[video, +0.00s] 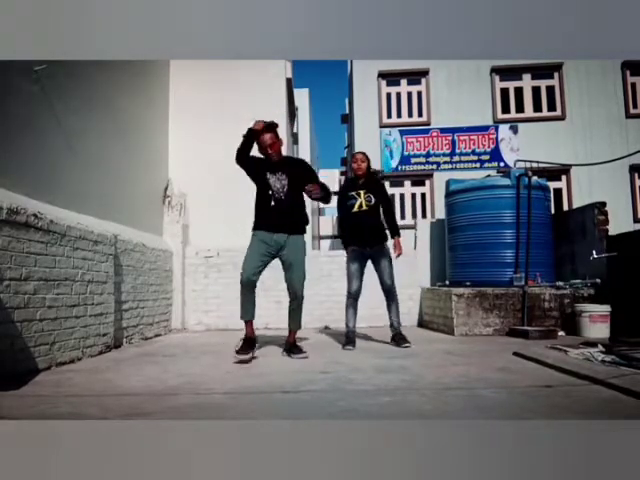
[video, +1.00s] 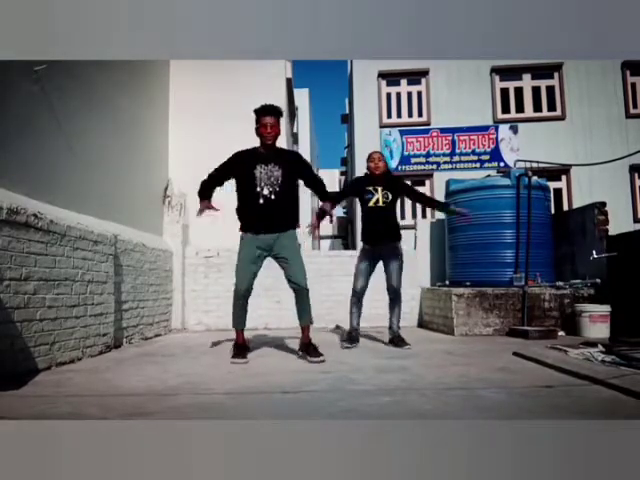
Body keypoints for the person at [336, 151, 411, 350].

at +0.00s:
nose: (358, 165)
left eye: (362, 161)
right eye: (355, 162)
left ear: (368, 164)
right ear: (350, 165)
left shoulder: (376, 184)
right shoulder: (345, 188)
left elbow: (388, 211)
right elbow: (342, 217)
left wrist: (396, 237)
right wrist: (346, 244)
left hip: (378, 244)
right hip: (355, 245)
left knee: (389, 288)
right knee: (353, 292)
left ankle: (397, 332)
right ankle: (350, 335)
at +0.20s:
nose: (362, 167)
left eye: (366, 163)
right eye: (359, 164)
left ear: (372, 166)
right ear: (355, 167)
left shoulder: (380, 188)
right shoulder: (349, 188)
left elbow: (387, 218)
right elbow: (339, 217)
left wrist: (392, 243)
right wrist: (336, 245)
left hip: (377, 246)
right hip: (353, 246)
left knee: (387, 289)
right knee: (352, 291)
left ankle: (394, 333)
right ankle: (349, 335)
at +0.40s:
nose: (375, 167)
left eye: (378, 164)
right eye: (371, 164)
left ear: (383, 167)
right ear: (365, 169)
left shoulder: (390, 192)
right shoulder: (357, 190)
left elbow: (393, 221)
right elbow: (346, 214)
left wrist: (393, 245)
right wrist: (342, 234)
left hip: (382, 247)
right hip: (359, 246)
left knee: (392, 288)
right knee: (355, 290)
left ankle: (395, 333)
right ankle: (350, 334)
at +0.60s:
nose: (379, 163)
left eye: (381, 160)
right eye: (375, 161)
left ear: (387, 163)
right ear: (369, 165)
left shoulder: (394, 184)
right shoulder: (361, 184)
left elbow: (397, 216)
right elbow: (350, 208)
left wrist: (398, 243)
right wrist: (355, 221)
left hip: (385, 242)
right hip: (363, 241)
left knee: (390, 288)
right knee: (353, 285)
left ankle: (395, 332)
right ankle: (346, 330)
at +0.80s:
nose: (377, 167)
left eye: (381, 163)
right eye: (374, 164)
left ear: (387, 167)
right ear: (368, 168)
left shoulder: (393, 190)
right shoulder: (360, 189)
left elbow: (397, 222)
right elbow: (350, 216)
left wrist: (407, 250)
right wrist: (355, 237)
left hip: (385, 246)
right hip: (363, 246)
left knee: (395, 290)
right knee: (355, 291)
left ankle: (395, 332)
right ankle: (344, 331)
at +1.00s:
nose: (377, 164)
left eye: (380, 160)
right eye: (373, 161)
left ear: (386, 163)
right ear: (367, 165)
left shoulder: (395, 183)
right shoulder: (359, 183)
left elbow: (420, 198)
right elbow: (337, 197)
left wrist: (446, 208)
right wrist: (323, 209)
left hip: (391, 245)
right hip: (369, 245)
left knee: (394, 288)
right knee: (358, 289)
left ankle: (394, 333)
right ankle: (353, 331)